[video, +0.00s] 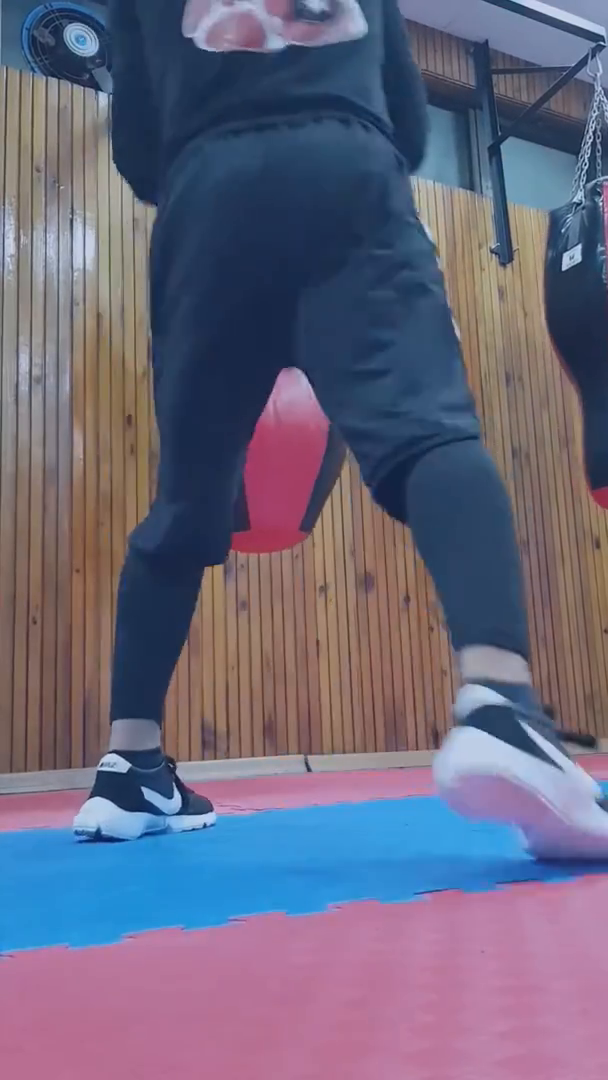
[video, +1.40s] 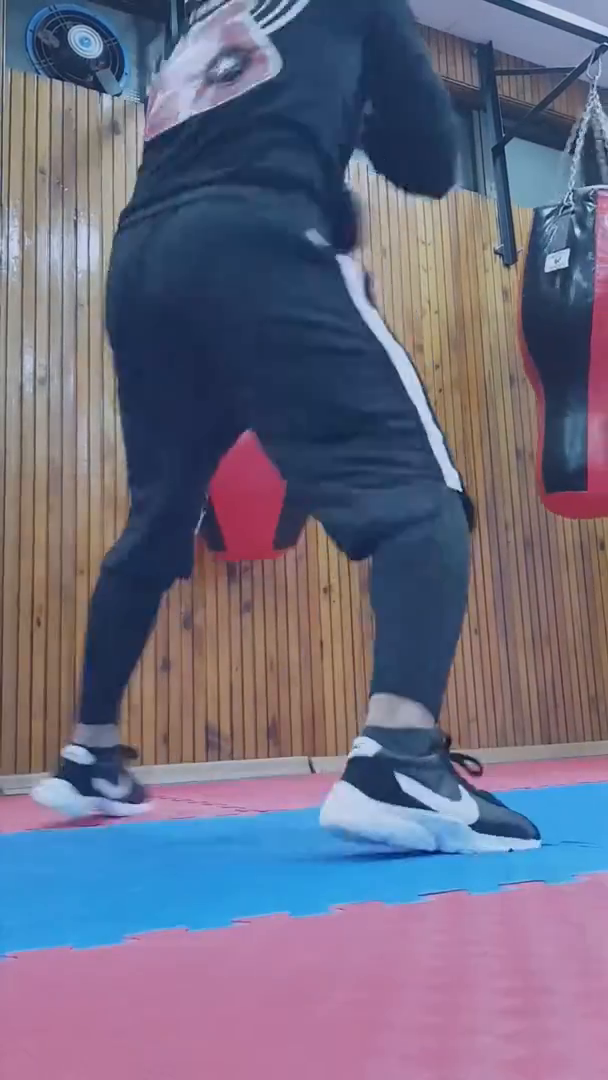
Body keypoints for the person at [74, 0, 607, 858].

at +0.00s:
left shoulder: (148, 7)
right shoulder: (360, 2)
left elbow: (134, 131)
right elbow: (407, 117)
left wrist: (196, 196)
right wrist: (359, 185)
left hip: (213, 177)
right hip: (350, 156)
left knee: (187, 499)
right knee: (432, 433)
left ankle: (129, 765)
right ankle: (499, 703)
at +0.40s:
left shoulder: (197, 49)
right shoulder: (360, 27)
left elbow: (126, 199)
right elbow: (409, 212)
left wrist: (221, 168)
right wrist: (323, 184)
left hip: (153, 268)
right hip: (258, 247)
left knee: (222, 499)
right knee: (386, 491)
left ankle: (131, 699)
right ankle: (384, 743)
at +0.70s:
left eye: (131, 63)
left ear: (146, 59)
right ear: (218, 68)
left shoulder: (124, 84)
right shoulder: (259, 122)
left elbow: (64, 224)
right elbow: (301, 232)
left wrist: (113, 149)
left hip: (162, 292)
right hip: (270, 292)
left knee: (113, 546)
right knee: (314, 494)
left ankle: (88, 765)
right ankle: (375, 668)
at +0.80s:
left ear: (130, 42)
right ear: (211, 36)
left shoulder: (98, 90)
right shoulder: (263, 91)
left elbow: (63, 247)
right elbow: (316, 230)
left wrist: (121, 160)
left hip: (156, 308)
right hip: (270, 300)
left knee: (120, 545)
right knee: (331, 514)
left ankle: (91, 763)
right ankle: (369, 672)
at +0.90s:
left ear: (141, 9)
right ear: (228, 4)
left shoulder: (100, 76)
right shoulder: (282, 50)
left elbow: (85, 238)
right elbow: (351, 200)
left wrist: (166, 174)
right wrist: (268, 157)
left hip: (151, 289)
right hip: (264, 266)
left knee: (141, 540)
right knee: (356, 499)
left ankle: (93, 766)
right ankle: (337, 693)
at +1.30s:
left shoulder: (172, 11)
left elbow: (109, 143)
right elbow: (424, 135)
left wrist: (208, 144)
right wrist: (336, 70)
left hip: (154, 231)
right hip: (273, 200)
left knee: (162, 514)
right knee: (401, 471)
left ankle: (130, 762)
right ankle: (391, 756)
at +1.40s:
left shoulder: (190, 29)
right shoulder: (356, 8)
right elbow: (428, 166)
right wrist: (342, 103)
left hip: (141, 254)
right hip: (259, 241)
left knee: (156, 519)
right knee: (422, 502)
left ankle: (90, 751)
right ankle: (398, 751)